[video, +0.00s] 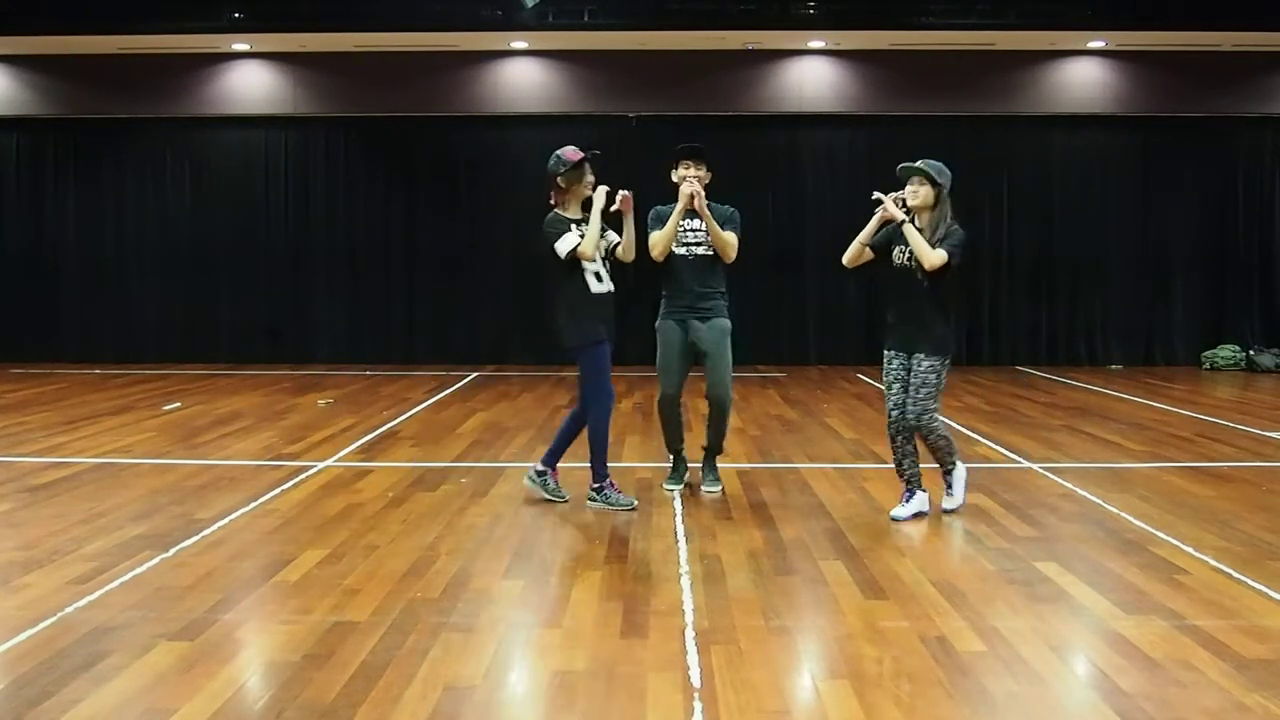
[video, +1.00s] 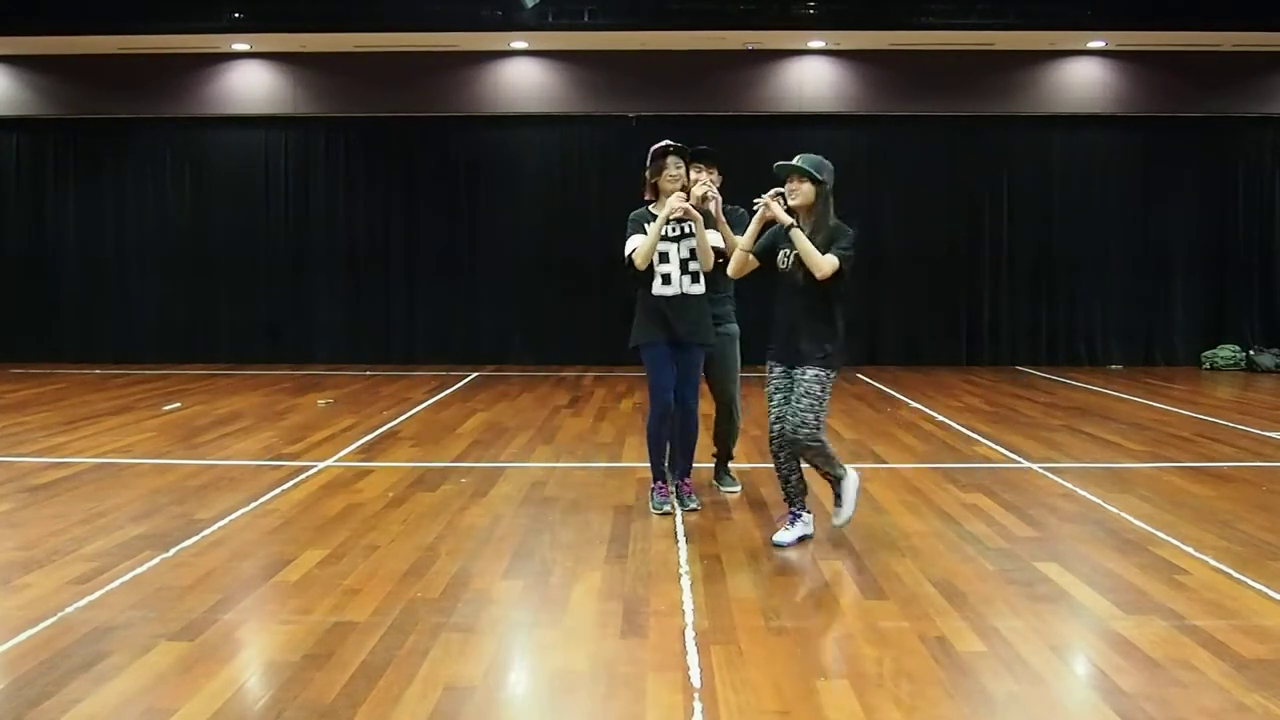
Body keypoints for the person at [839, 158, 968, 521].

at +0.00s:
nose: (909, 190)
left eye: (918, 185)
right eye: (908, 184)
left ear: (938, 192)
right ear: (906, 193)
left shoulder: (952, 233)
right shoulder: (897, 231)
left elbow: (931, 261)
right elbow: (850, 260)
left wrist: (902, 220)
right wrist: (877, 220)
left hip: (934, 339)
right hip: (897, 338)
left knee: (919, 415)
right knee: (896, 419)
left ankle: (953, 470)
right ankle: (914, 492)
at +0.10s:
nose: (901, 197)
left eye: (910, 191)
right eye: (898, 191)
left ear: (928, 197)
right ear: (894, 198)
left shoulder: (944, 240)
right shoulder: (888, 237)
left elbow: (931, 271)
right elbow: (842, 267)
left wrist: (898, 231)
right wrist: (868, 228)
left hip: (922, 342)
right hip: (886, 341)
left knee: (884, 403)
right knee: (888, 423)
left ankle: (929, 444)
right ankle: (915, 494)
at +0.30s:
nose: (889, 171)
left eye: (898, 168)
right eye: (886, 166)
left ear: (913, 181)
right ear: (877, 175)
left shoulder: (918, 215)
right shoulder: (864, 214)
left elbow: (928, 240)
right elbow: (813, 240)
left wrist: (891, 203)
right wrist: (847, 202)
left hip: (905, 322)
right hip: (872, 322)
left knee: (857, 382)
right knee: (893, 406)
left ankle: (884, 458)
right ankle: (914, 486)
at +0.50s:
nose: (858, 192)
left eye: (867, 186)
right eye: (856, 186)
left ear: (887, 191)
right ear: (851, 192)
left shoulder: (901, 234)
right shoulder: (846, 232)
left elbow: (894, 262)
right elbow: (801, 264)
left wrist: (863, 220)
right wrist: (826, 219)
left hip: (877, 345)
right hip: (843, 342)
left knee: (860, 425)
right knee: (837, 426)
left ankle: (865, 506)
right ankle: (892, 469)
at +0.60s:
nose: (844, 191)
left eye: (852, 185)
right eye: (841, 185)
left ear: (872, 190)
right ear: (838, 193)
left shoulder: (890, 233)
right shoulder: (835, 234)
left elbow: (880, 262)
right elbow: (790, 267)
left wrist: (846, 221)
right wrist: (812, 224)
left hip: (868, 353)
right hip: (830, 346)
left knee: (853, 431)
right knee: (801, 408)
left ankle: (866, 505)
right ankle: (855, 440)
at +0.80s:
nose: (818, 161)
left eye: (828, 158)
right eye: (818, 157)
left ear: (847, 172)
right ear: (817, 173)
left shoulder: (860, 214)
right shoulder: (805, 215)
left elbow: (843, 235)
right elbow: (752, 249)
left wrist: (814, 193)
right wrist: (780, 206)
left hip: (853, 332)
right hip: (814, 326)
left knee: (854, 419)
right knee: (786, 387)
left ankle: (863, 499)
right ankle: (801, 471)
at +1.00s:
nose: (791, 187)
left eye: (801, 181)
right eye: (788, 181)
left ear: (821, 187)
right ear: (785, 189)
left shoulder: (841, 234)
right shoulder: (780, 232)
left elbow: (822, 268)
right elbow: (735, 269)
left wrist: (787, 222)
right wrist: (757, 222)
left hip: (819, 350)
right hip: (780, 348)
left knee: (803, 435)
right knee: (779, 434)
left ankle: (841, 478)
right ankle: (799, 514)